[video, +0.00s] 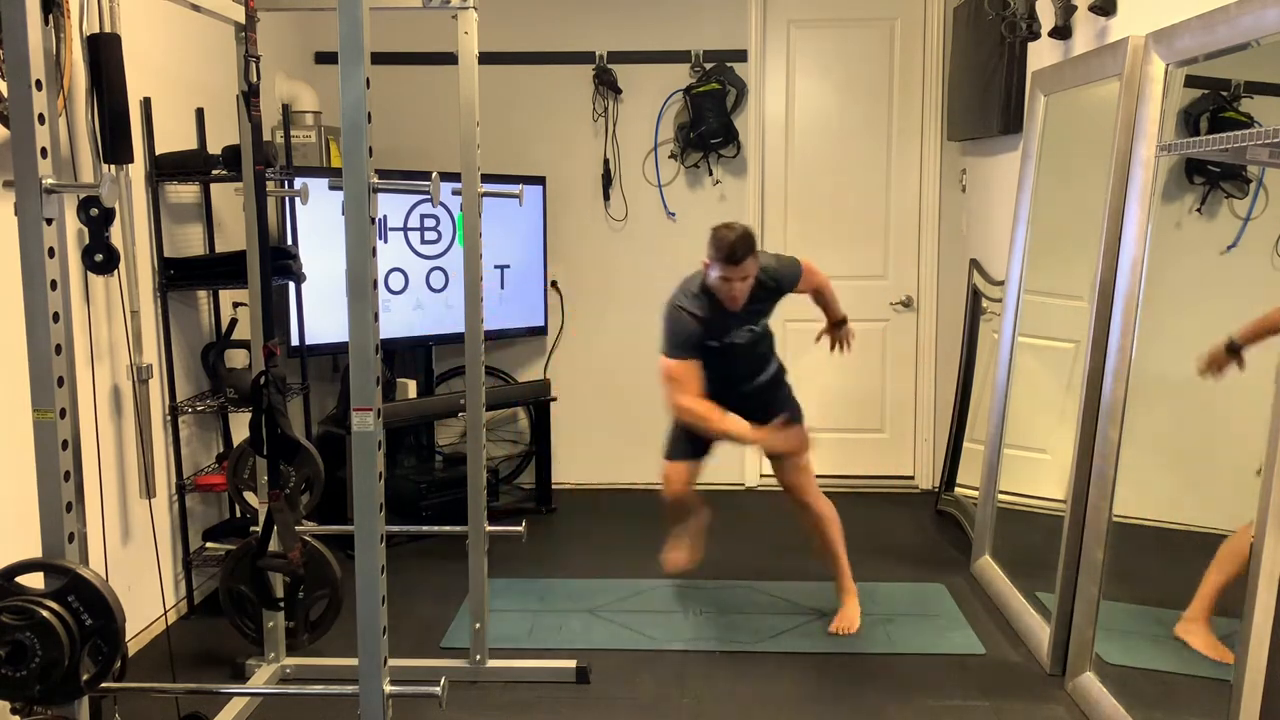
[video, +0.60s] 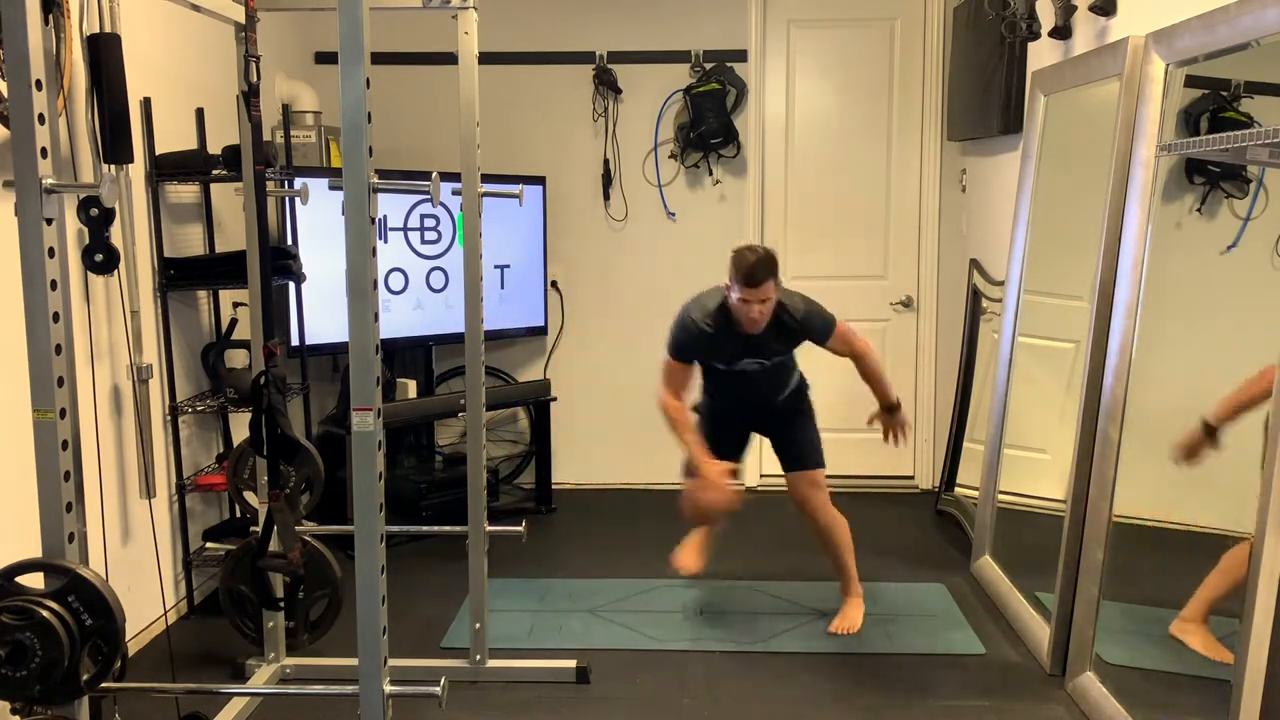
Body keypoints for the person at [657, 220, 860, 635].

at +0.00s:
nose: (737, 291)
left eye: (745, 280)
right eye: (727, 281)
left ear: (755, 268)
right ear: (708, 268)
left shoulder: (772, 274)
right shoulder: (685, 309)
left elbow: (816, 283)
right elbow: (684, 402)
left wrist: (836, 319)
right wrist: (758, 436)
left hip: (763, 387)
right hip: (706, 394)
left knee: (801, 488)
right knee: (674, 489)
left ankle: (848, 590)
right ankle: (692, 519)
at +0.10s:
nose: (769, 309)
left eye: (777, 298)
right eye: (759, 300)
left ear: (787, 286)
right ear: (739, 288)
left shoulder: (795, 287)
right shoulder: (720, 338)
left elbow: (819, 279)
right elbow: (774, 419)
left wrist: (828, 291)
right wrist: (846, 385)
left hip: (792, 390)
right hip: (736, 410)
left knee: (819, 500)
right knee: (753, 507)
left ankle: (850, 592)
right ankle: (800, 498)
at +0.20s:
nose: (788, 328)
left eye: (796, 316)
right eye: (776, 318)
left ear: (804, 303)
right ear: (756, 307)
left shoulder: (810, 300)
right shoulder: (742, 356)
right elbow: (825, 415)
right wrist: (869, 350)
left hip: (808, 401)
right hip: (764, 427)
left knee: (826, 492)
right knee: (813, 499)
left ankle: (852, 593)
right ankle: (856, 522)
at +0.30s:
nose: (796, 337)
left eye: (804, 325)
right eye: (784, 329)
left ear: (812, 310)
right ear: (763, 317)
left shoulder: (813, 306)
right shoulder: (749, 363)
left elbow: (781, 285)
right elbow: (829, 424)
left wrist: (755, 295)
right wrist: (868, 355)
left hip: (816, 394)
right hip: (772, 425)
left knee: (836, 497)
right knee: (830, 480)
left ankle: (851, 593)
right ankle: (871, 513)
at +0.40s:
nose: (795, 337)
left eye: (803, 325)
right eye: (783, 328)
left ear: (811, 312)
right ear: (763, 316)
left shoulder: (819, 310)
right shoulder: (742, 359)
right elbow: (802, 437)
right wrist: (869, 390)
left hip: (815, 404)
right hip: (769, 431)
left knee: (829, 502)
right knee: (809, 499)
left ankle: (852, 593)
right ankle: (861, 502)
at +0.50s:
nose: (779, 329)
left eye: (787, 318)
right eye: (769, 319)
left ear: (799, 306)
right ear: (751, 306)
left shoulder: (814, 316)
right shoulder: (724, 342)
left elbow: (839, 329)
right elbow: (740, 430)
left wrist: (843, 350)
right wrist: (820, 450)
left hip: (805, 406)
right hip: (756, 419)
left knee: (821, 507)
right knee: (768, 522)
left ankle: (853, 594)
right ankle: (807, 506)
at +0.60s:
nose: (755, 312)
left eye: (764, 302)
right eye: (745, 302)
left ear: (777, 290)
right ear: (729, 290)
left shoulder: (797, 313)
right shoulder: (696, 321)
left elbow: (858, 349)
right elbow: (670, 395)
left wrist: (889, 404)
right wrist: (703, 462)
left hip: (784, 403)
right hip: (723, 407)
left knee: (812, 499)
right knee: (701, 495)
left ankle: (852, 594)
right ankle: (703, 528)